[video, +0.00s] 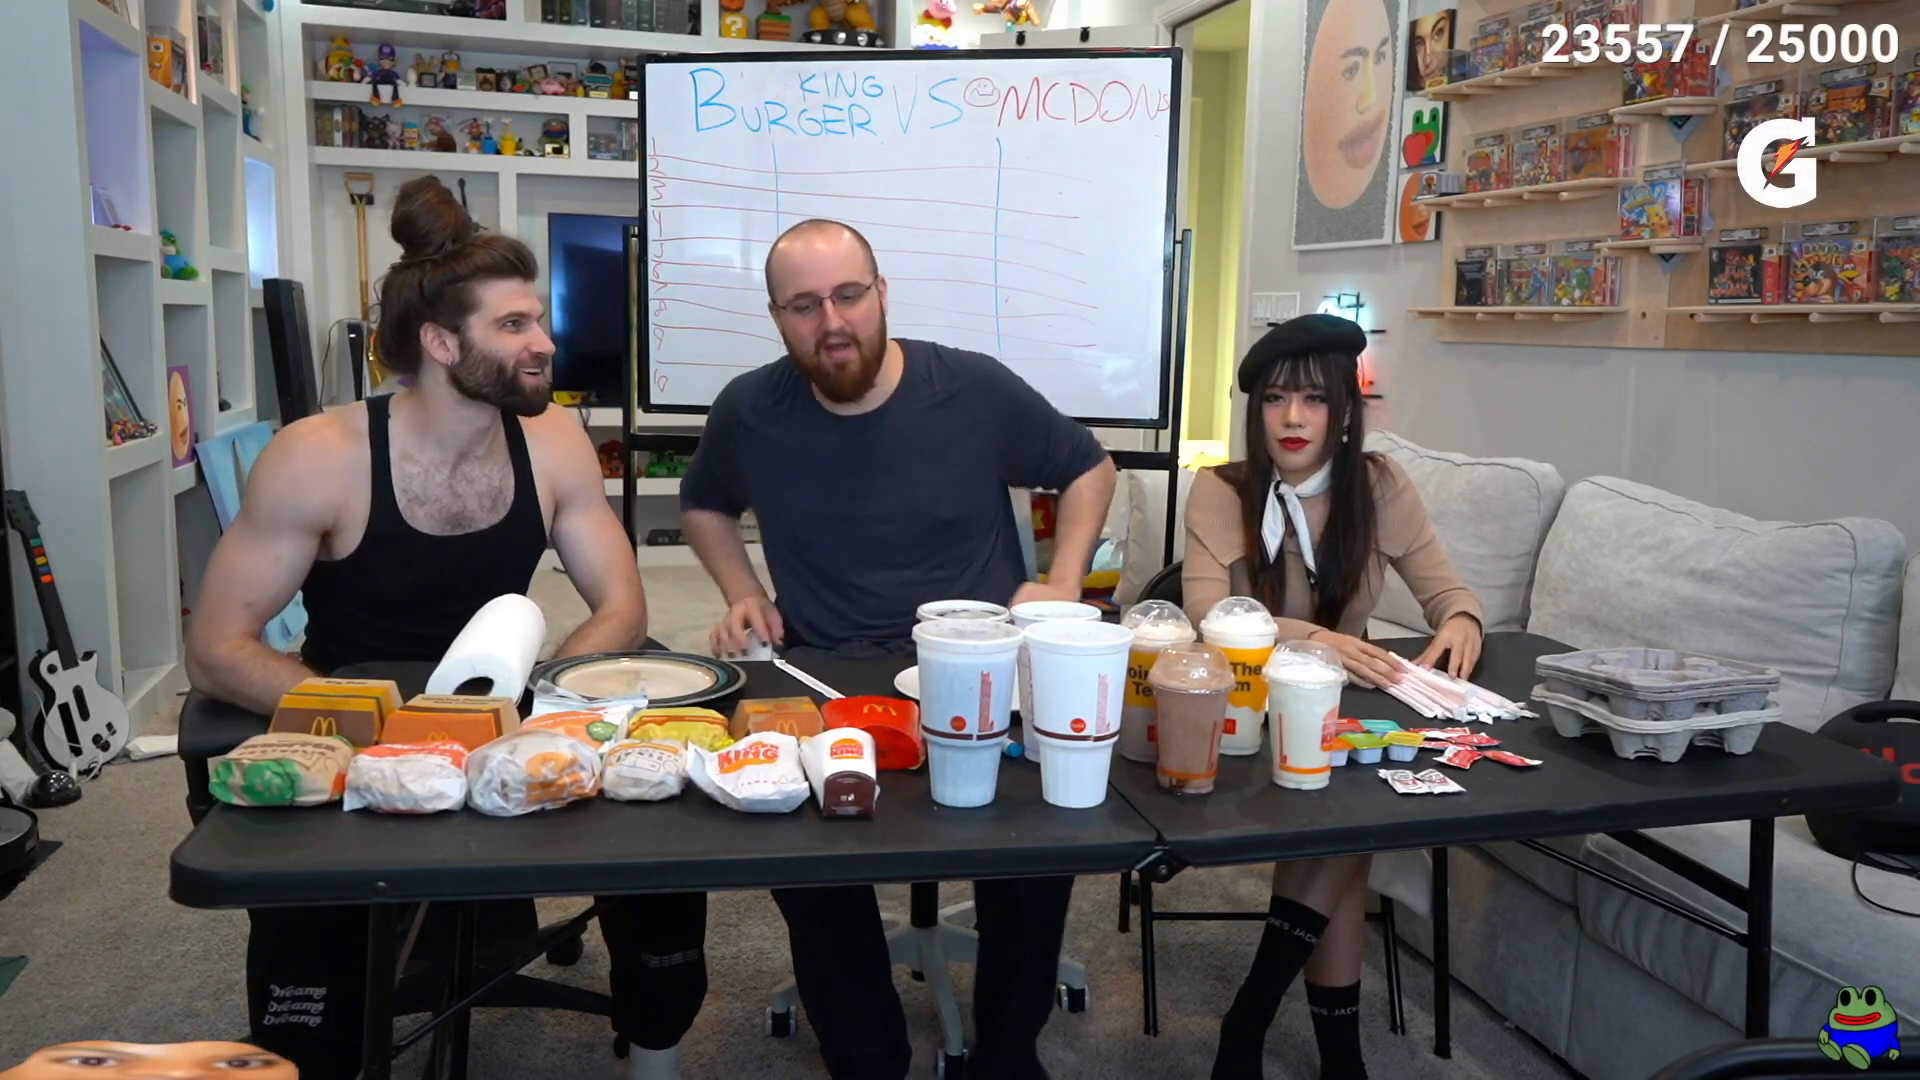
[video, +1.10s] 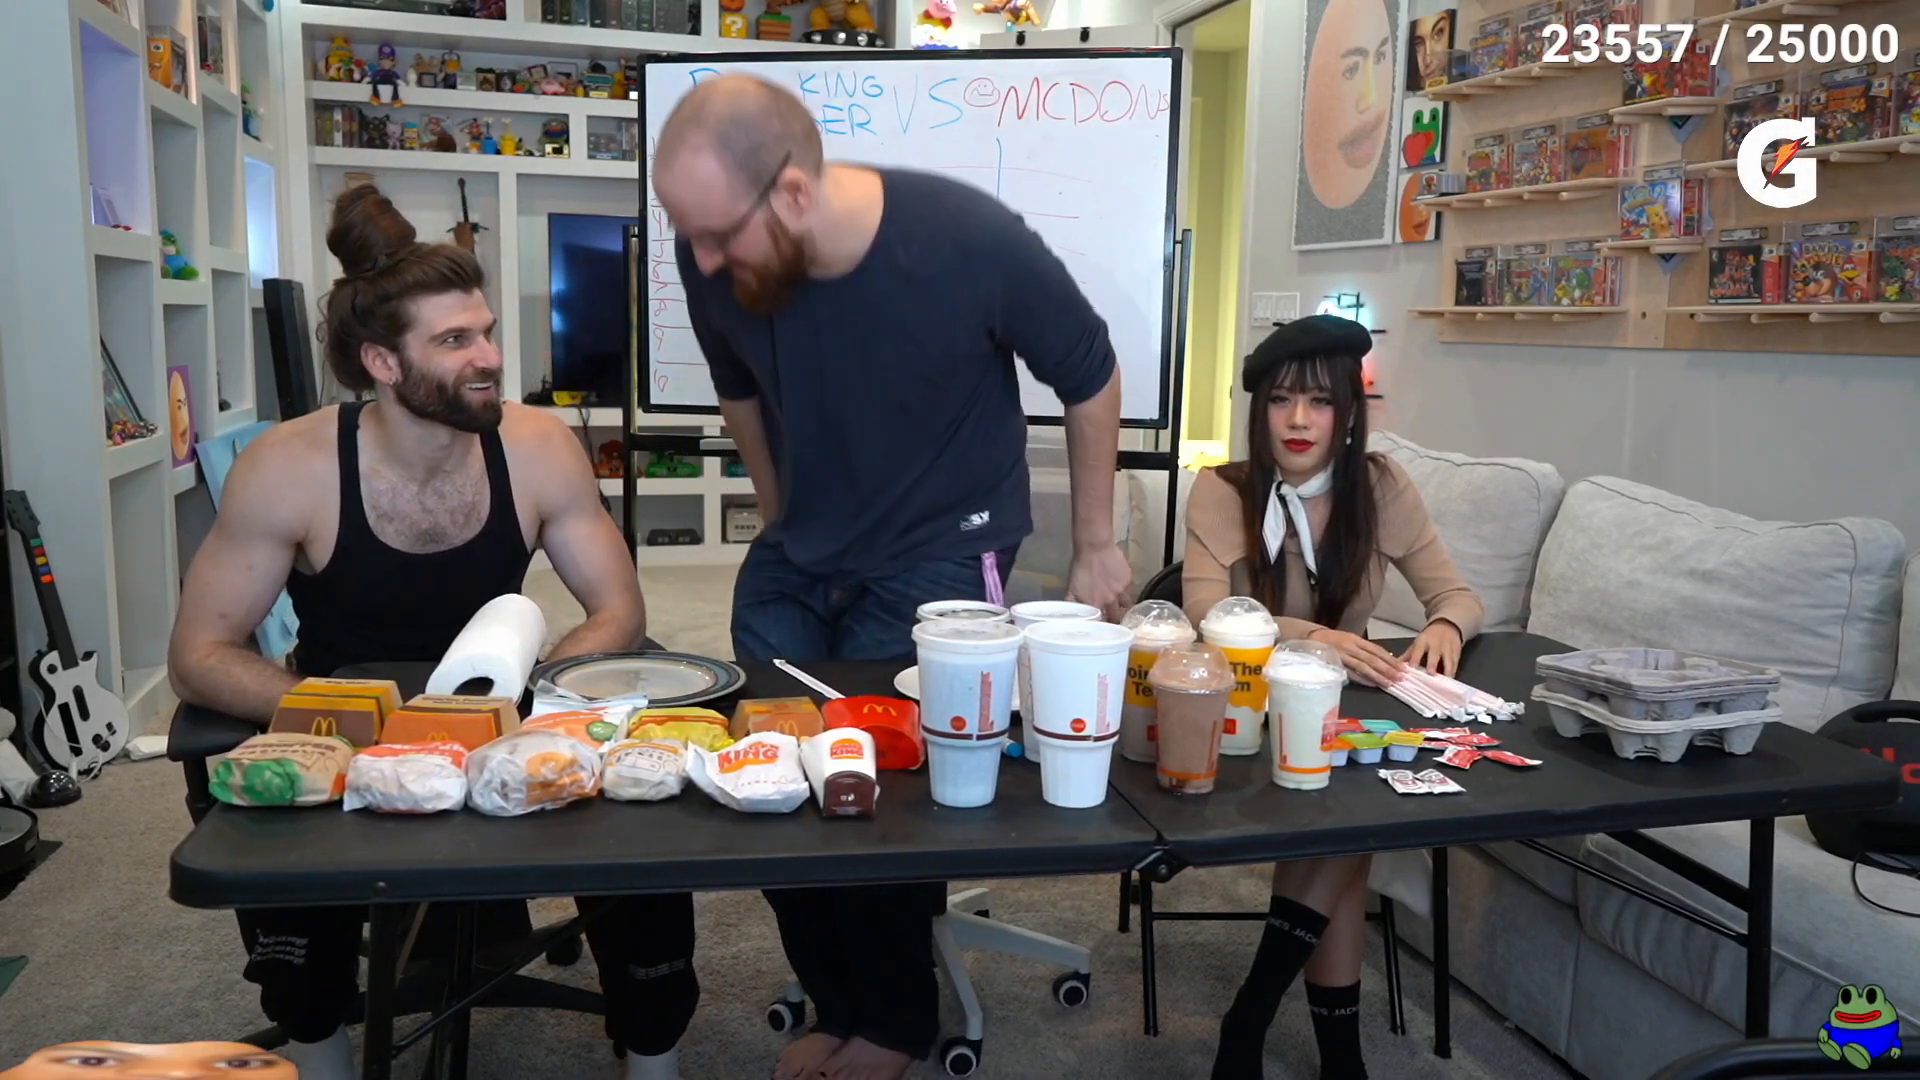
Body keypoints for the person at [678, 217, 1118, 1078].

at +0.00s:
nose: (832, 321)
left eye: (850, 296)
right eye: (804, 305)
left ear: (882, 296)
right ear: (777, 319)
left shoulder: (971, 388)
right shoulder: (748, 412)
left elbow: (1089, 466)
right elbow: (704, 502)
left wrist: (1063, 582)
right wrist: (742, 591)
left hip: (979, 677)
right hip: (827, 681)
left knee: (1039, 834)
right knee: (804, 840)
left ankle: (1007, 1057)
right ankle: (869, 1060)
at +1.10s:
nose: (703, 262)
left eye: (716, 238)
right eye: (690, 240)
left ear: (795, 189)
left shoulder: (970, 240)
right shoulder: (711, 250)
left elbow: (1090, 373)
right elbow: (740, 390)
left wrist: (1097, 544)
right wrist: (779, 516)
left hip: (934, 571)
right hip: (796, 560)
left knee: (873, 811)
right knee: (763, 798)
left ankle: (898, 1030)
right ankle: (837, 1016)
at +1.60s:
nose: (653, 80)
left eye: (645, 51)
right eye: (640, 58)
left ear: (698, 19)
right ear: (707, 19)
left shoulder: (891, 126)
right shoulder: (762, 130)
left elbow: (998, 344)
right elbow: (814, 333)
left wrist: (935, 535)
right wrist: (788, 484)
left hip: (878, 528)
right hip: (781, 510)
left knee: (861, 788)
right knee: (725, 742)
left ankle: (894, 1026)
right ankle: (785, 977)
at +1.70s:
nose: (634, 79)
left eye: (623, 49)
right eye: (621, 55)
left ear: (671, 20)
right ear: (686, 18)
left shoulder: (854, 121)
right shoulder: (765, 122)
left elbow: (972, 335)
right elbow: (827, 328)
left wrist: (894, 521)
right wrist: (784, 485)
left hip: (866, 522)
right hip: (783, 505)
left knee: (850, 771)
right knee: (716, 730)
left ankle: (893, 1025)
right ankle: (770, 980)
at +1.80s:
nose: (621, 86)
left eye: (607, 55)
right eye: (606, 63)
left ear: (644, 22)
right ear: (666, 18)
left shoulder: (814, 109)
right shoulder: (761, 118)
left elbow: (935, 322)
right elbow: (816, 325)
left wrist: (836, 500)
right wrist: (785, 479)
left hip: (872, 499)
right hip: (787, 484)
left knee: (832, 746)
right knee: (703, 702)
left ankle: (892, 1022)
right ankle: (742, 967)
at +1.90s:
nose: (602, 86)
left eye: (589, 56)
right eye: (588, 64)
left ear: (621, 23)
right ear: (650, 18)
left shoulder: (783, 93)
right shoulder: (741, 111)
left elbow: (885, 311)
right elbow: (793, 318)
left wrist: (758, 463)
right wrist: (753, 464)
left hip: (860, 481)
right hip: (794, 478)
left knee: (809, 734)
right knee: (692, 691)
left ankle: (897, 1022)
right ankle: (724, 941)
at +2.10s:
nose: (568, 84)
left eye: (560, 57)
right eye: (558, 65)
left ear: (586, 24)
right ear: (638, 15)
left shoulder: (714, 100)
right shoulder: (717, 94)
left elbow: (757, 317)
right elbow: (758, 311)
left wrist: (652, 381)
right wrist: (664, 382)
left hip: (792, 472)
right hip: (766, 468)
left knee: (778, 741)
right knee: (703, 703)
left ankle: (894, 1016)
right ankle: (719, 903)